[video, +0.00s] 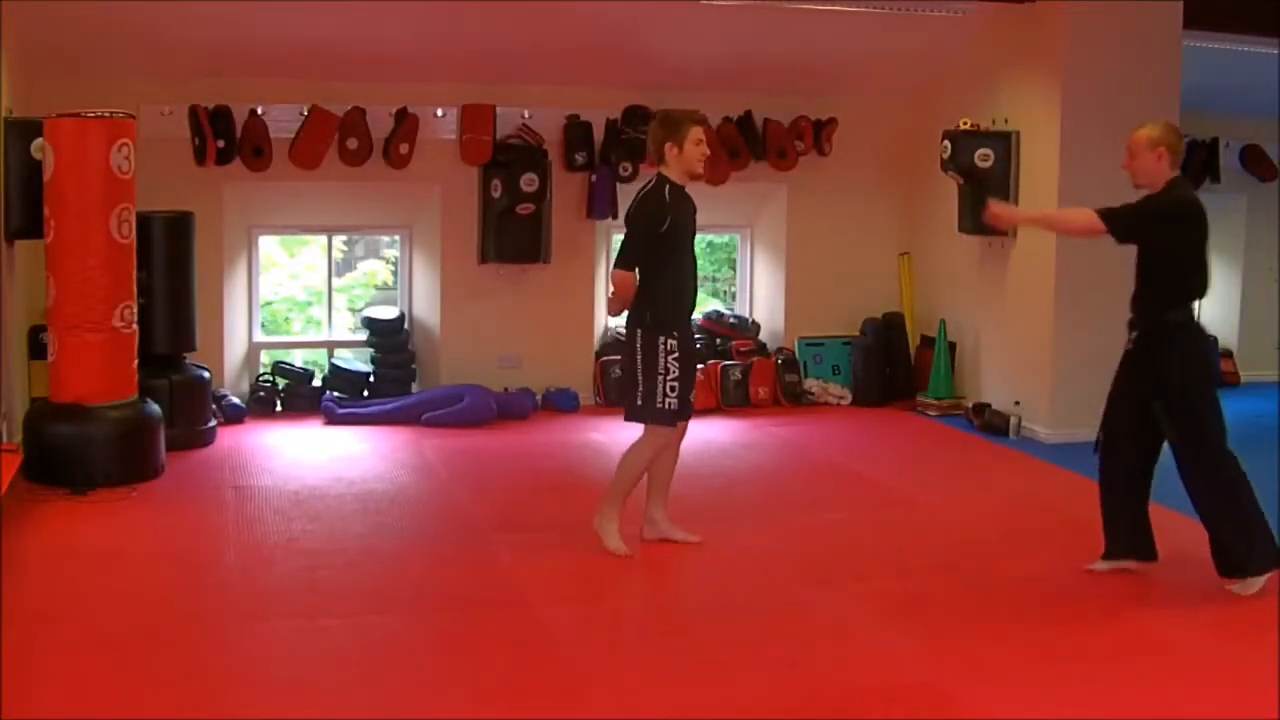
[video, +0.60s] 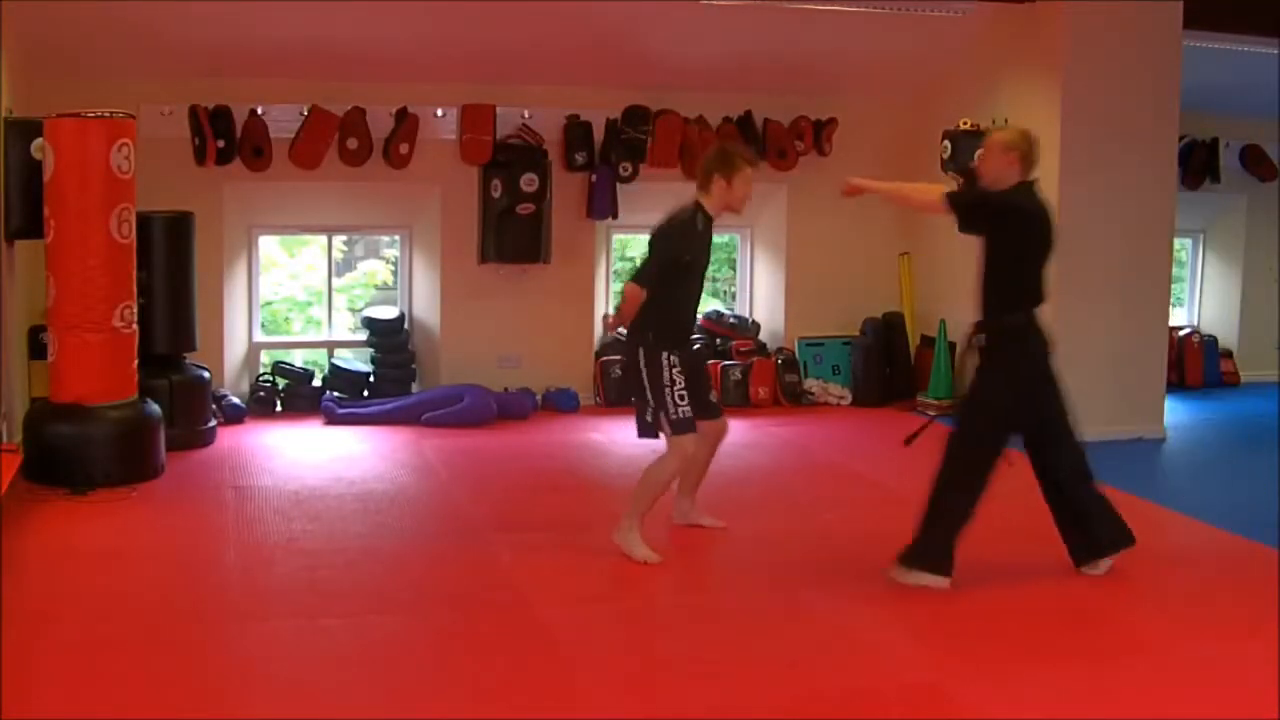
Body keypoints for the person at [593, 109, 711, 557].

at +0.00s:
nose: (706, 151)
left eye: (706, 144)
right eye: (698, 144)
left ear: (683, 151)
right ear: (670, 149)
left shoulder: (682, 199)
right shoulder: (653, 196)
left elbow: (667, 268)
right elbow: (623, 272)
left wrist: (628, 299)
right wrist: (623, 305)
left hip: (678, 326)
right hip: (654, 326)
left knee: (675, 426)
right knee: (659, 430)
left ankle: (657, 517)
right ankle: (607, 514)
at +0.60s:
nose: (748, 194)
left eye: (749, 186)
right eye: (745, 185)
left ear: (721, 183)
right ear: (719, 182)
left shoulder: (703, 226)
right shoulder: (681, 226)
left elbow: (662, 285)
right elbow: (636, 289)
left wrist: (628, 317)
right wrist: (623, 321)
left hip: (679, 345)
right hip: (654, 347)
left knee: (713, 427)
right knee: (682, 446)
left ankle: (685, 509)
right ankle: (628, 526)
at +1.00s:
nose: (774, 297)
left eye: (774, 288)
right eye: (770, 287)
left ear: (739, 285)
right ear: (743, 286)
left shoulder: (704, 302)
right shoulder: (681, 321)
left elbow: (653, 328)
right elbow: (617, 355)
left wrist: (617, 348)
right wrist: (587, 365)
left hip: (653, 382)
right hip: (619, 388)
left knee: (690, 452)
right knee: (662, 481)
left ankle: (683, 512)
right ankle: (603, 578)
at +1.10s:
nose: (761, 273)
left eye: (763, 265)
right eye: (758, 264)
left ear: (728, 257)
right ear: (732, 258)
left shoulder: (695, 289)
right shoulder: (675, 297)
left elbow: (643, 331)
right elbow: (607, 343)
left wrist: (600, 353)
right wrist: (583, 362)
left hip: (647, 385)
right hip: (621, 390)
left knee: (674, 452)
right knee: (665, 496)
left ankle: (663, 522)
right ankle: (601, 581)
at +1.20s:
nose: (756, 233)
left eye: (759, 223)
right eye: (754, 222)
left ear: (725, 216)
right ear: (730, 217)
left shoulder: (690, 251)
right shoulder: (678, 265)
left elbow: (638, 311)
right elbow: (620, 328)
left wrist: (598, 343)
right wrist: (589, 350)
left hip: (654, 368)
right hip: (629, 376)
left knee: (679, 447)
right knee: (661, 494)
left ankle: (636, 540)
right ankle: (600, 578)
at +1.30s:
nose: (751, 191)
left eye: (753, 180)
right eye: (749, 179)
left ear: (715, 175)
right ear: (725, 175)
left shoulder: (682, 212)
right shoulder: (684, 221)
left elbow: (626, 283)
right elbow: (630, 292)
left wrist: (604, 323)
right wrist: (601, 327)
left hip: (643, 353)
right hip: (644, 357)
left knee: (654, 473)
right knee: (679, 477)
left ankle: (614, 559)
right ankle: (600, 561)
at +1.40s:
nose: (748, 173)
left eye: (749, 163)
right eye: (747, 162)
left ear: (705, 156)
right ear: (727, 158)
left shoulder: (669, 198)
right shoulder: (691, 206)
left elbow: (621, 271)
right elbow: (641, 279)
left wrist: (617, 320)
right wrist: (618, 323)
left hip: (640, 354)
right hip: (664, 356)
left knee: (656, 470)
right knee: (705, 477)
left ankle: (604, 577)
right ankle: (635, 587)